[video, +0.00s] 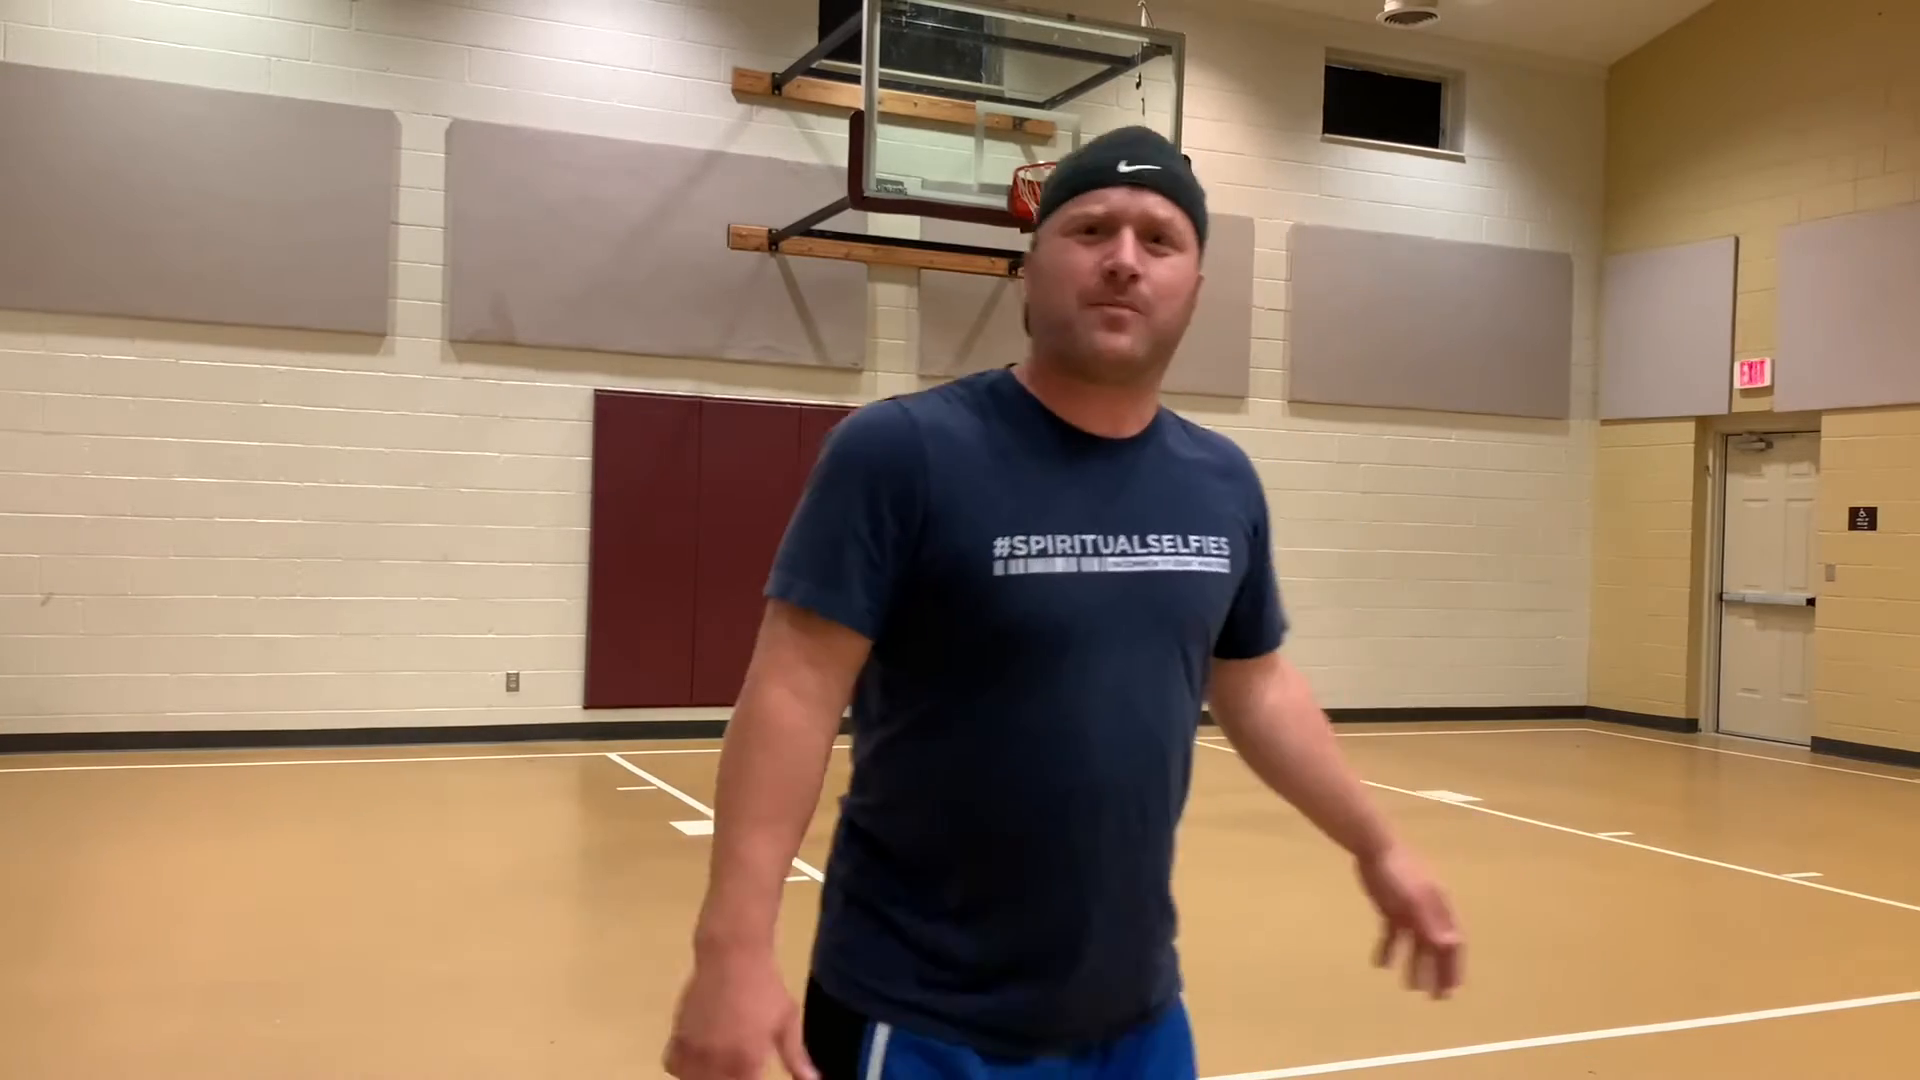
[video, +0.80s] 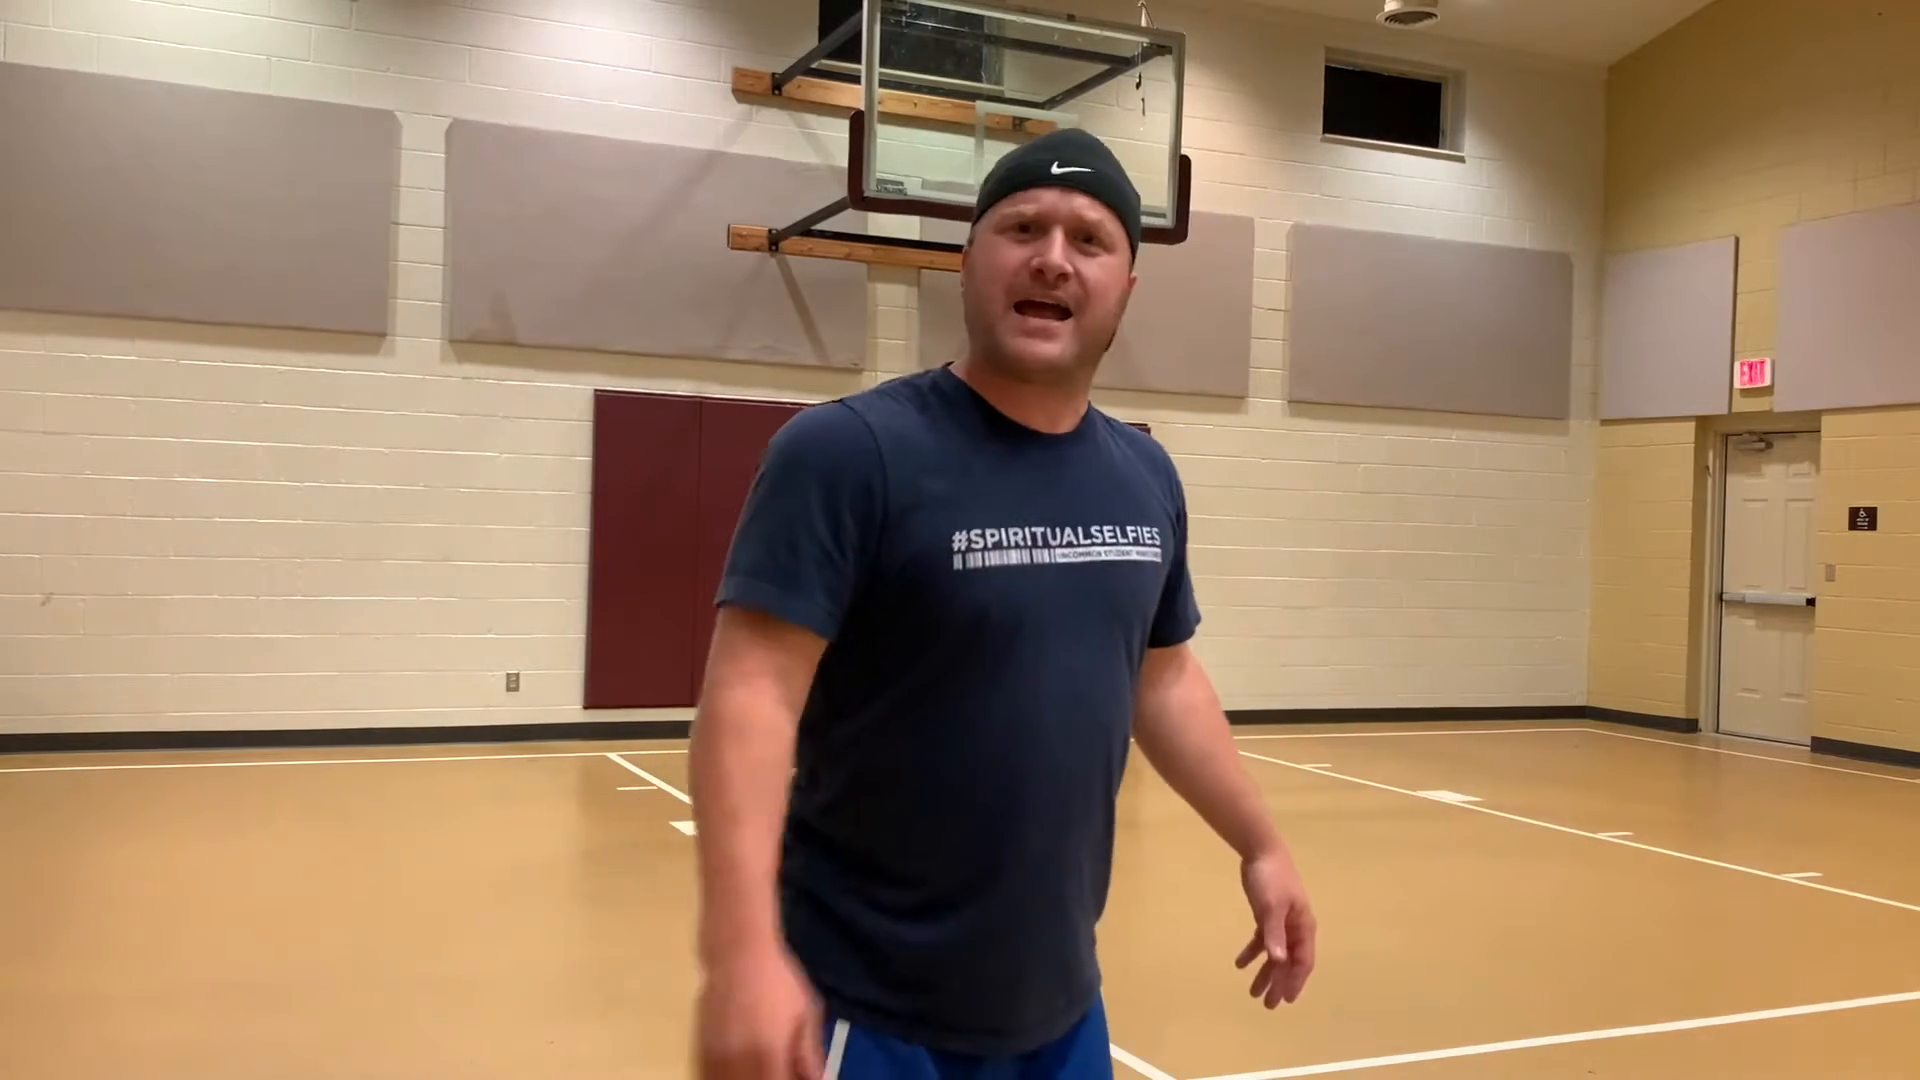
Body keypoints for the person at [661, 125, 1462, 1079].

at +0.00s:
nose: (1125, 260)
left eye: (1159, 239)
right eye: (1093, 230)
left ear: (1197, 288)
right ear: (1031, 259)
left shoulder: (1221, 482)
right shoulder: (899, 453)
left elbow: (1257, 682)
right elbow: (794, 689)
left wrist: (1378, 843)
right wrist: (734, 952)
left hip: (1129, 1008)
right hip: (919, 1014)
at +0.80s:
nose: (1054, 261)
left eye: (1090, 241)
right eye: (1023, 229)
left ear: (1128, 288)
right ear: (967, 264)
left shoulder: (1140, 476)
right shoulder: (847, 454)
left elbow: (1165, 677)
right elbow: (751, 692)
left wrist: (1262, 845)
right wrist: (742, 956)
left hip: (1056, 1003)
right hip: (865, 1011)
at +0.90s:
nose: (1069, 259)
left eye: (1105, 242)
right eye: (1041, 231)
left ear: (1142, 291)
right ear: (986, 265)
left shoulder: (1160, 482)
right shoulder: (869, 447)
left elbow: (1189, 678)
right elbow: (782, 662)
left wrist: (1284, 849)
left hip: (1073, 993)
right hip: (886, 997)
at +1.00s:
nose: (1093, 255)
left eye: (1126, 243)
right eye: (1065, 229)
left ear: (1159, 294)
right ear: (1007, 261)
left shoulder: (1172, 482)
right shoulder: (888, 435)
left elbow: (1208, 669)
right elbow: (794, 654)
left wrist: (1308, 840)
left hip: (1087, 981)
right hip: (901, 983)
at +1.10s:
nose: (1100, 251)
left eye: (1132, 239)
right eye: (1071, 228)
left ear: (1162, 295)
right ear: (1015, 260)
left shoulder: (1172, 476)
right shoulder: (899, 427)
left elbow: (1205, 661)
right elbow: (811, 651)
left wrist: (1313, 820)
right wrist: (986, 586)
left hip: (1091, 958)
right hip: (916, 963)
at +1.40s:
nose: (1063, 243)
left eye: (1092, 228)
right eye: (1033, 223)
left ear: (1129, 275)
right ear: (978, 263)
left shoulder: (1150, 455)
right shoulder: (889, 434)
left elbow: (1170, 636)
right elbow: (818, 655)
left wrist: (1230, 799)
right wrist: (1009, 686)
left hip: (1085, 950)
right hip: (918, 957)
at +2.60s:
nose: (1025, 271)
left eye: (1059, 248)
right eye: (997, 235)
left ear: (1092, 280)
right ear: (937, 248)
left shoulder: (1104, 445)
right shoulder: (834, 450)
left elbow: (1142, 635)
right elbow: (790, 694)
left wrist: (1236, 807)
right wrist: (997, 810)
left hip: (1079, 981)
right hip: (902, 994)